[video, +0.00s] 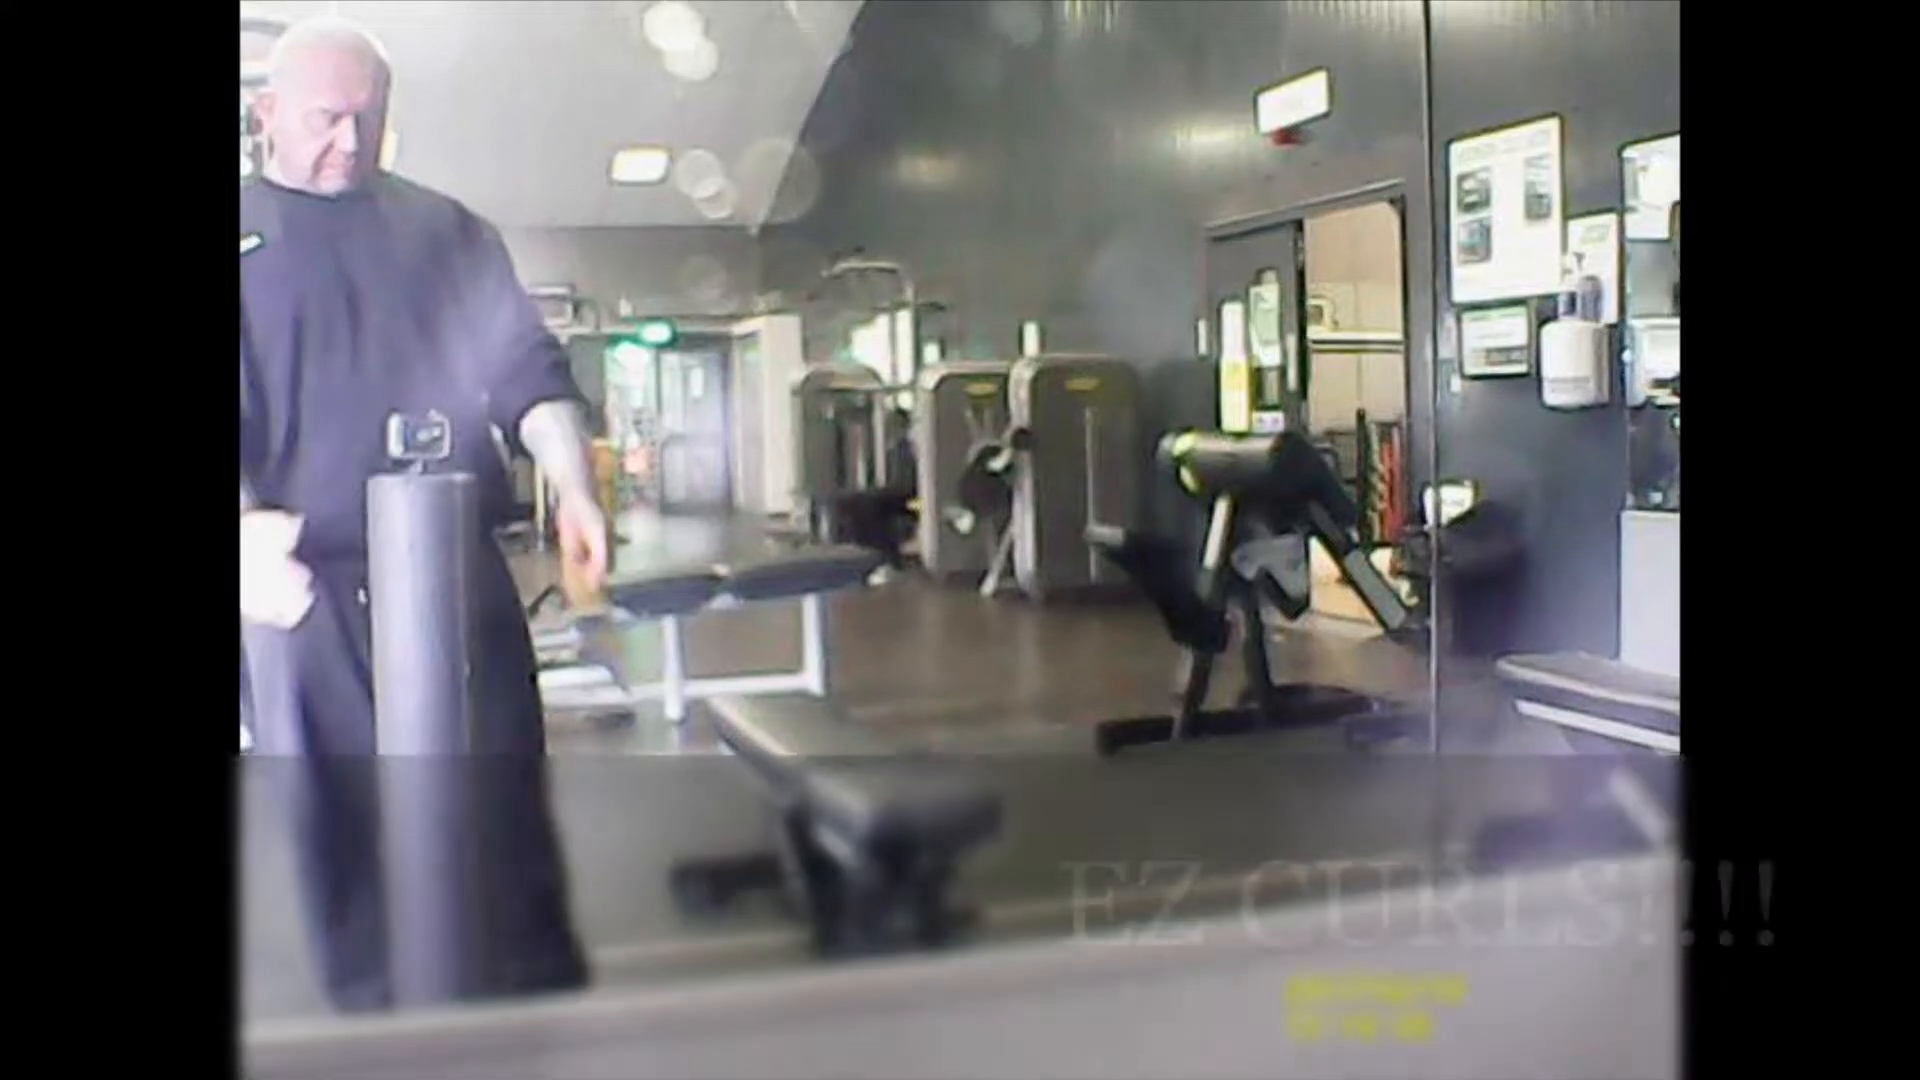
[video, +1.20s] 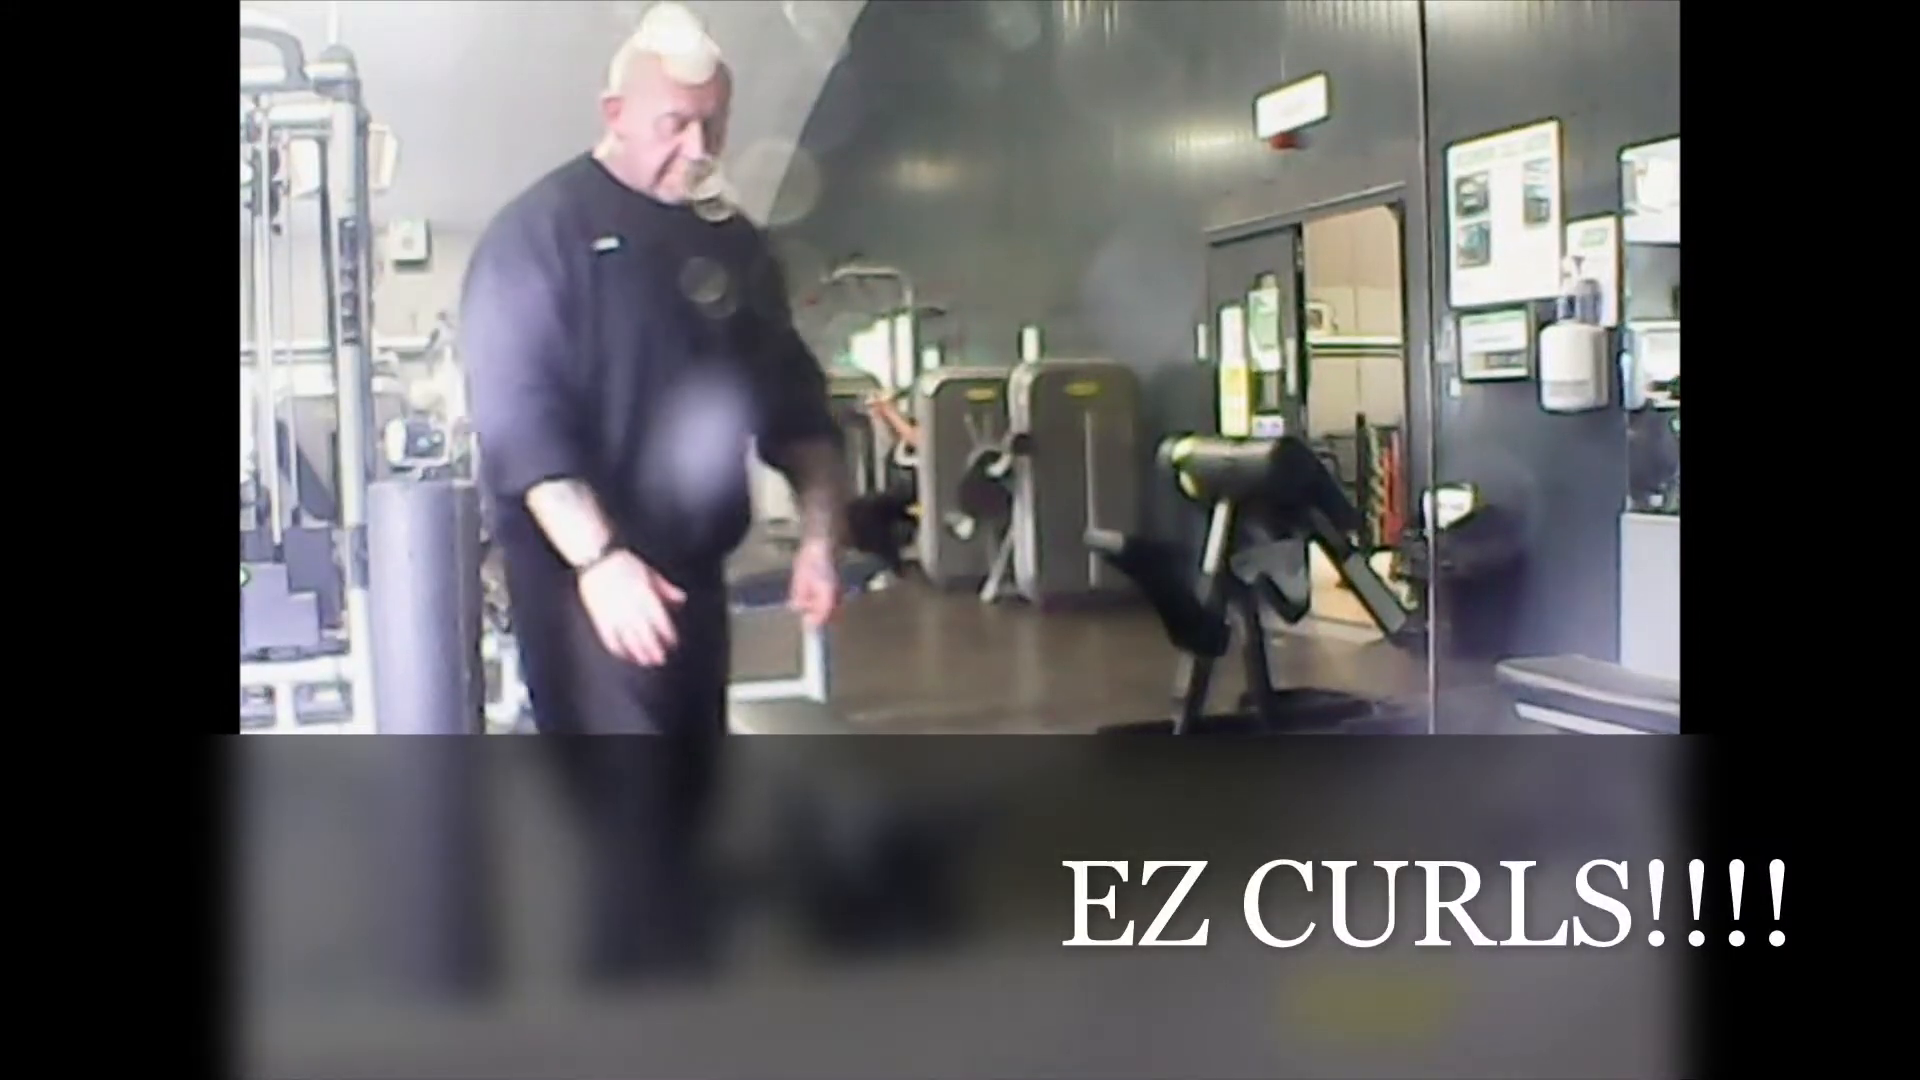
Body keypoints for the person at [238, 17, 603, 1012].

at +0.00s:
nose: (347, 141)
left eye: (365, 118)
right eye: (324, 118)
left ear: (387, 114)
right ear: (268, 115)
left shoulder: (448, 230)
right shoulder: (247, 237)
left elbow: (527, 369)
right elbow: (238, 418)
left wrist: (574, 484)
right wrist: (242, 527)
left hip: (458, 562)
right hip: (305, 572)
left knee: (502, 789)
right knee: (337, 806)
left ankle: (542, 1008)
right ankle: (367, 1015)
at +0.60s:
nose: (504, 145)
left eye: (517, 123)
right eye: (483, 120)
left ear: (529, 122)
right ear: (414, 111)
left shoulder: (560, 249)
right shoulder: (326, 245)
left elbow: (612, 401)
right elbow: (275, 426)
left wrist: (645, 537)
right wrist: (298, 587)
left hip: (539, 601)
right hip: (380, 604)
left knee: (587, 858)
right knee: (388, 865)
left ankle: (609, 1037)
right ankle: (385, 1048)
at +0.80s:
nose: (617, 151)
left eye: (630, 131)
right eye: (597, 126)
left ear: (640, 130)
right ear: (534, 113)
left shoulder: (649, 252)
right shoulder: (435, 239)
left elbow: (692, 402)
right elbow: (392, 430)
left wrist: (710, 536)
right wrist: (451, 577)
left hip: (618, 578)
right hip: (476, 582)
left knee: (633, 816)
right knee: (451, 817)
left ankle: (620, 1016)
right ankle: (453, 1019)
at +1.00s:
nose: (670, 142)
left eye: (685, 121)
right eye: (650, 117)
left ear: (696, 124)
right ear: (589, 109)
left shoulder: (703, 245)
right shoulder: (507, 225)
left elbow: (752, 399)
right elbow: (480, 411)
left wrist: (774, 526)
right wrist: (564, 542)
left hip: (665, 559)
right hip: (548, 555)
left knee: (660, 767)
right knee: (578, 771)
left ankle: (619, 968)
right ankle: (584, 987)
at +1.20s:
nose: (695, 148)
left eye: (711, 126)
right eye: (673, 122)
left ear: (726, 124)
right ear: (611, 112)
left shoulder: (733, 244)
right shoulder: (536, 232)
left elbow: (793, 400)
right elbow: (517, 416)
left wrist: (822, 529)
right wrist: (597, 562)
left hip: (691, 570)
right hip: (575, 569)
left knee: (684, 805)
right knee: (635, 810)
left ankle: (655, 1014)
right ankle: (637, 1021)